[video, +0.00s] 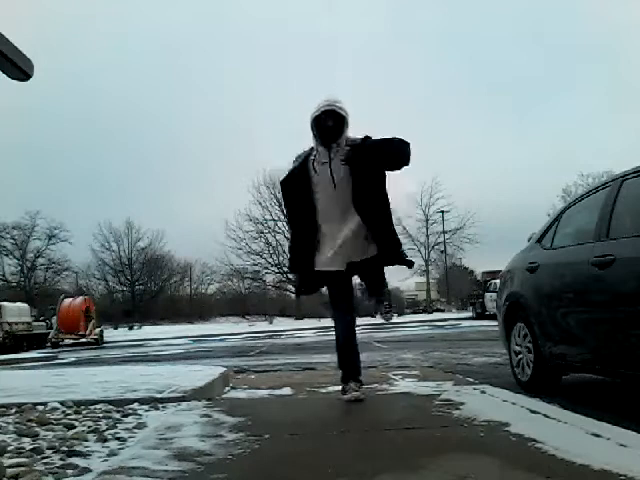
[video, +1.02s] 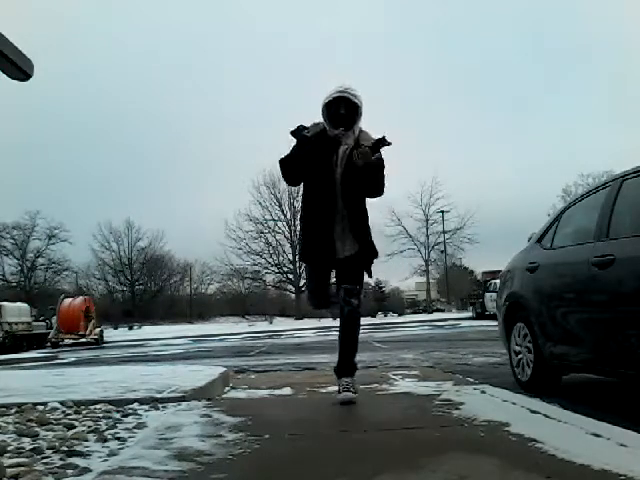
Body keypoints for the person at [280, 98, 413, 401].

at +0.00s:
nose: (328, 128)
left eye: (333, 121)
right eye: (321, 122)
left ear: (344, 125)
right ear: (313, 127)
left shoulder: (362, 152)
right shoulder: (302, 169)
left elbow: (401, 152)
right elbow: (297, 220)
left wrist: (362, 147)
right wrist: (299, 263)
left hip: (364, 245)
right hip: (328, 251)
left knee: (378, 291)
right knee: (343, 317)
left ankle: (381, 301)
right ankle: (351, 380)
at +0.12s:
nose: (326, 116)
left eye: (331, 109)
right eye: (320, 111)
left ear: (342, 110)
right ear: (312, 116)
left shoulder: (361, 132)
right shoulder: (302, 153)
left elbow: (397, 117)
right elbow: (294, 197)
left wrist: (358, 121)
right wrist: (296, 231)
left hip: (363, 227)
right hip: (328, 238)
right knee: (343, 309)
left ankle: (375, 297)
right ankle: (355, 373)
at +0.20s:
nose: (329, 121)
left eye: (334, 115)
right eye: (322, 116)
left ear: (345, 118)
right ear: (312, 121)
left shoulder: (361, 142)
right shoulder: (302, 160)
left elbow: (398, 158)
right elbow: (297, 205)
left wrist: (364, 130)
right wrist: (288, 230)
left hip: (366, 230)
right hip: (330, 242)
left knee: (360, 235)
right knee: (345, 316)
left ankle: (377, 300)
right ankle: (350, 381)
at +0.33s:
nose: (332, 142)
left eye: (338, 136)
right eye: (326, 136)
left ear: (348, 139)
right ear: (317, 140)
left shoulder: (362, 168)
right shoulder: (304, 182)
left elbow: (376, 221)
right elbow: (300, 229)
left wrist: (378, 205)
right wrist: (295, 237)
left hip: (360, 258)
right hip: (328, 264)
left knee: (350, 325)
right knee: (346, 324)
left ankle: (352, 382)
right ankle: (352, 381)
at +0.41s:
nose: (335, 137)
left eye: (341, 131)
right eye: (329, 131)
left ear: (350, 133)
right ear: (321, 134)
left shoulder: (367, 165)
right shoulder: (308, 167)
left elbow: (379, 206)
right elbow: (287, 209)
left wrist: (378, 206)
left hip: (363, 251)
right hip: (328, 253)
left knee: (351, 316)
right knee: (344, 317)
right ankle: (350, 380)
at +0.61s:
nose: (339, 109)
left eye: (345, 103)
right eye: (333, 103)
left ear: (354, 106)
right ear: (323, 106)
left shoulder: (367, 138)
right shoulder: (310, 137)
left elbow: (376, 184)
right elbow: (292, 178)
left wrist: (367, 180)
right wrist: (306, 140)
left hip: (356, 229)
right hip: (321, 229)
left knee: (353, 295)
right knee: (326, 291)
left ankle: (355, 367)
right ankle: (331, 340)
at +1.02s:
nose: (340, 118)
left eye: (347, 112)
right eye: (334, 111)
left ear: (357, 115)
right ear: (325, 113)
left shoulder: (364, 147)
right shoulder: (312, 143)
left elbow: (375, 190)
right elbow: (291, 177)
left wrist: (372, 158)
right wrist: (302, 142)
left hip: (352, 235)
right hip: (317, 235)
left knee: (350, 305)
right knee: (317, 299)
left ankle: (345, 377)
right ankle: (346, 298)